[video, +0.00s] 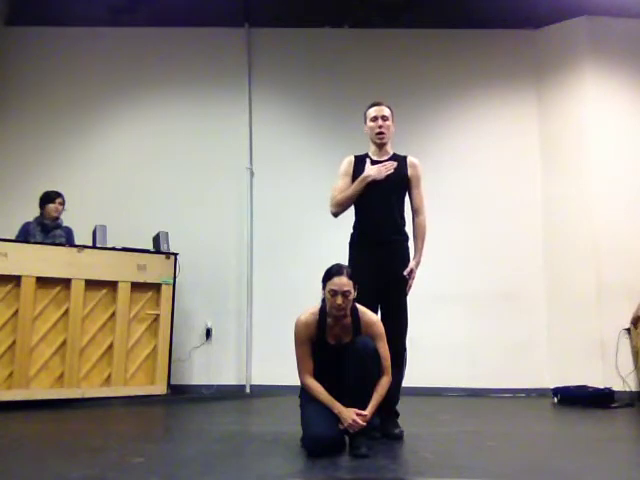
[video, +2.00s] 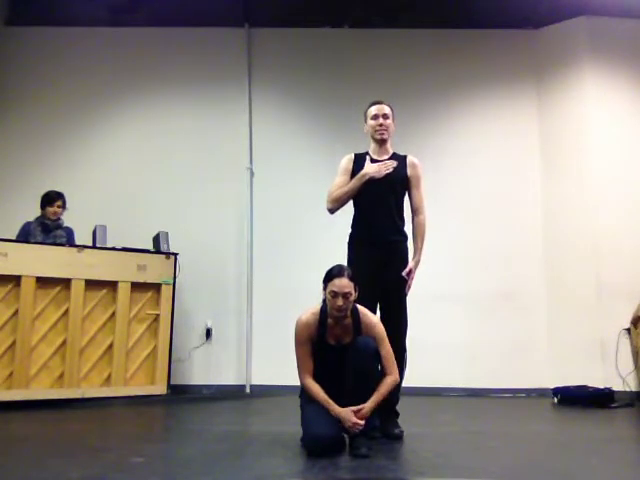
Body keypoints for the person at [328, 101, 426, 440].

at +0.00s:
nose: (380, 123)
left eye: (385, 118)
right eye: (374, 119)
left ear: (393, 125)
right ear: (365, 127)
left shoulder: (409, 166)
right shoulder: (353, 164)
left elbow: (419, 215)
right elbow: (335, 206)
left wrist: (416, 259)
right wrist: (366, 177)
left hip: (395, 257)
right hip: (362, 257)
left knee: (394, 337)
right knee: (359, 336)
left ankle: (388, 415)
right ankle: (358, 416)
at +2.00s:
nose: (381, 121)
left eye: (386, 117)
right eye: (375, 117)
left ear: (394, 124)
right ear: (366, 126)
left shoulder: (409, 165)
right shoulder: (352, 162)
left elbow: (419, 214)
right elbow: (332, 203)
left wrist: (415, 259)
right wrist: (365, 175)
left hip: (394, 257)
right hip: (361, 256)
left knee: (394, 337)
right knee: (358, 336)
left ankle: (388, 415)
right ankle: (359, 416)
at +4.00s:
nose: (381, 122)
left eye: (386, 117)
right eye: (375, 117)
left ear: (394, 124)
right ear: (366, 125)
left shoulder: (410, 165)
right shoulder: (353, 163)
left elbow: (417, 214)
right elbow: (335, 208)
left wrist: (415, 259)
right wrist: (363, 178)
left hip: (394, 257)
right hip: (361, 256)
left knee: (394, 336)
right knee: (358, 336)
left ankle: (389, 415)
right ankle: (359, 416)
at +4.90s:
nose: (380, 126)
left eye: (385, 120)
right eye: (374, 121)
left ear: (393, 125)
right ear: (364, 127)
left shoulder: (408, 166)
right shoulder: (351, 164)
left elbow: (417, 215)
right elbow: (331, 209)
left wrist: (415, 258)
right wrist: (359, 180)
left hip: (393, 256)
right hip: (360, 256)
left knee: (394, 337)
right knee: (359, 336)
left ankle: (389, 415)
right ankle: (360, 416)